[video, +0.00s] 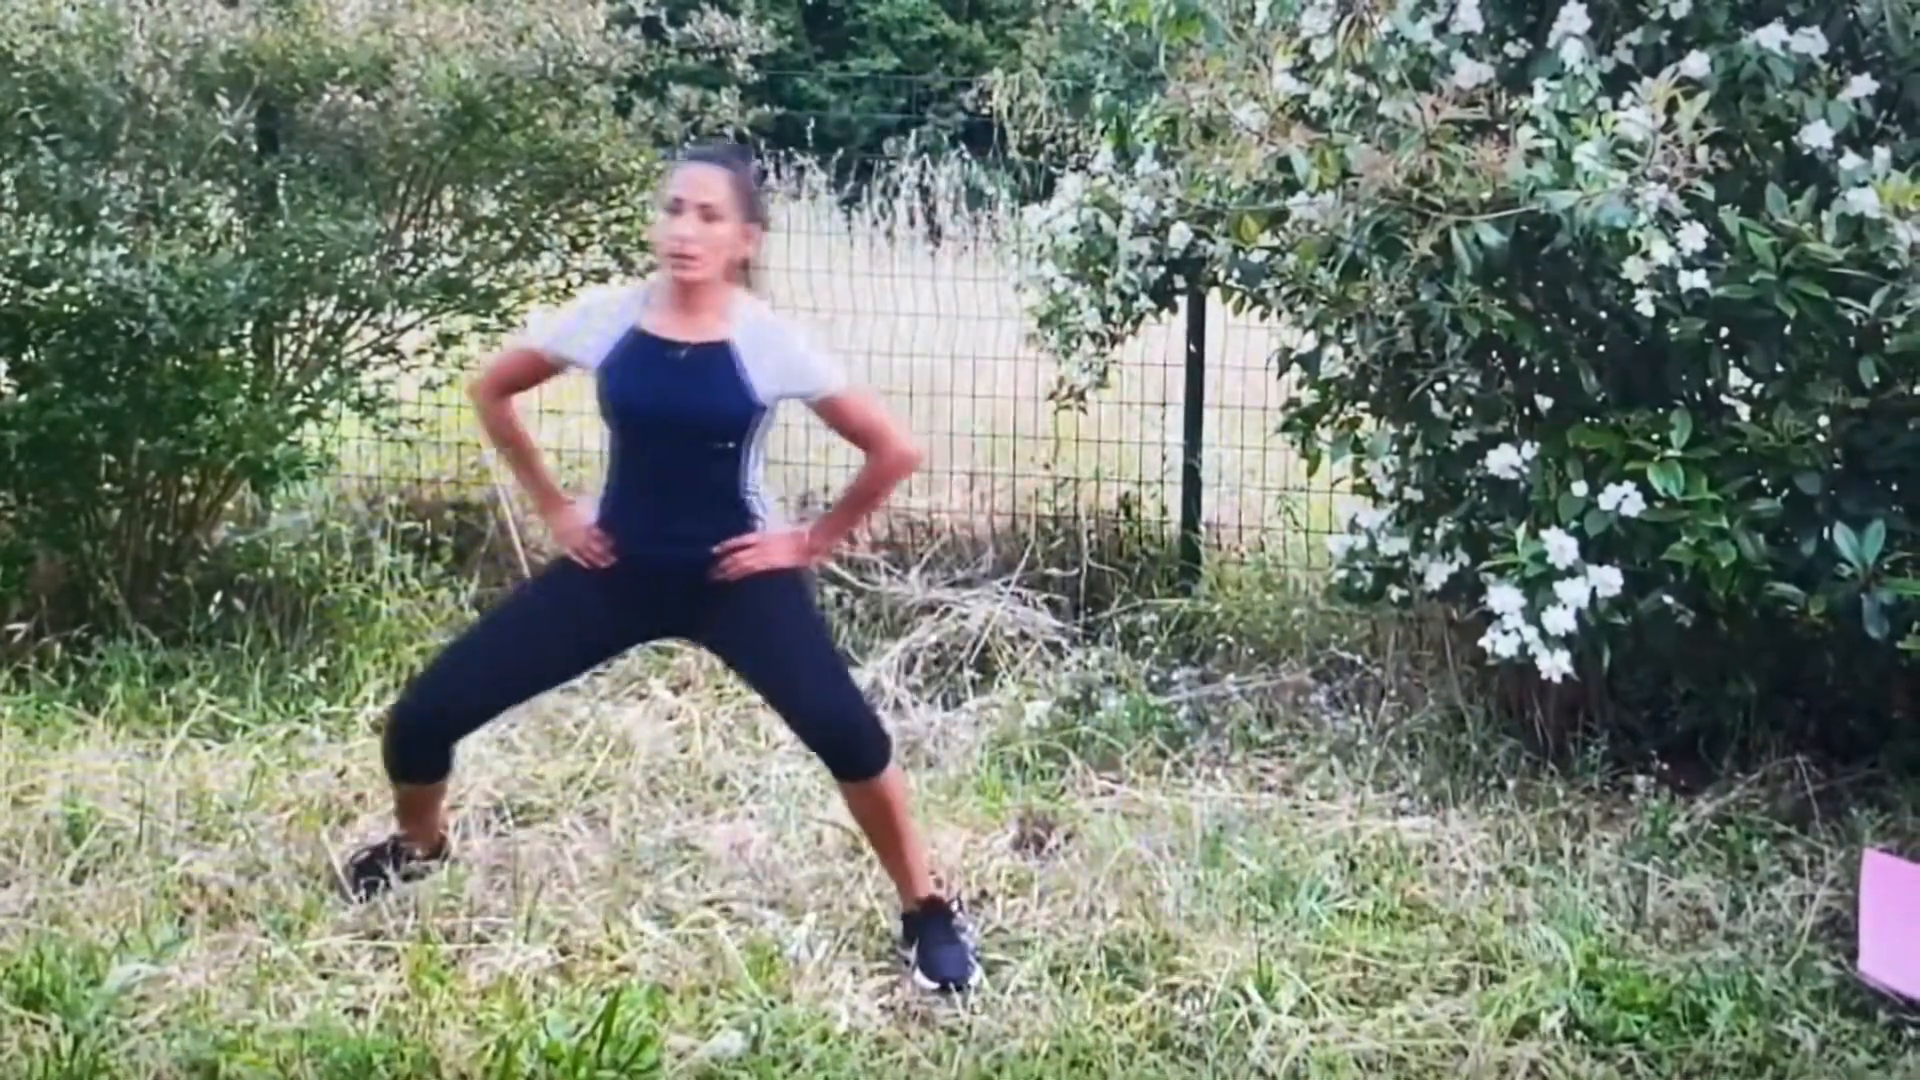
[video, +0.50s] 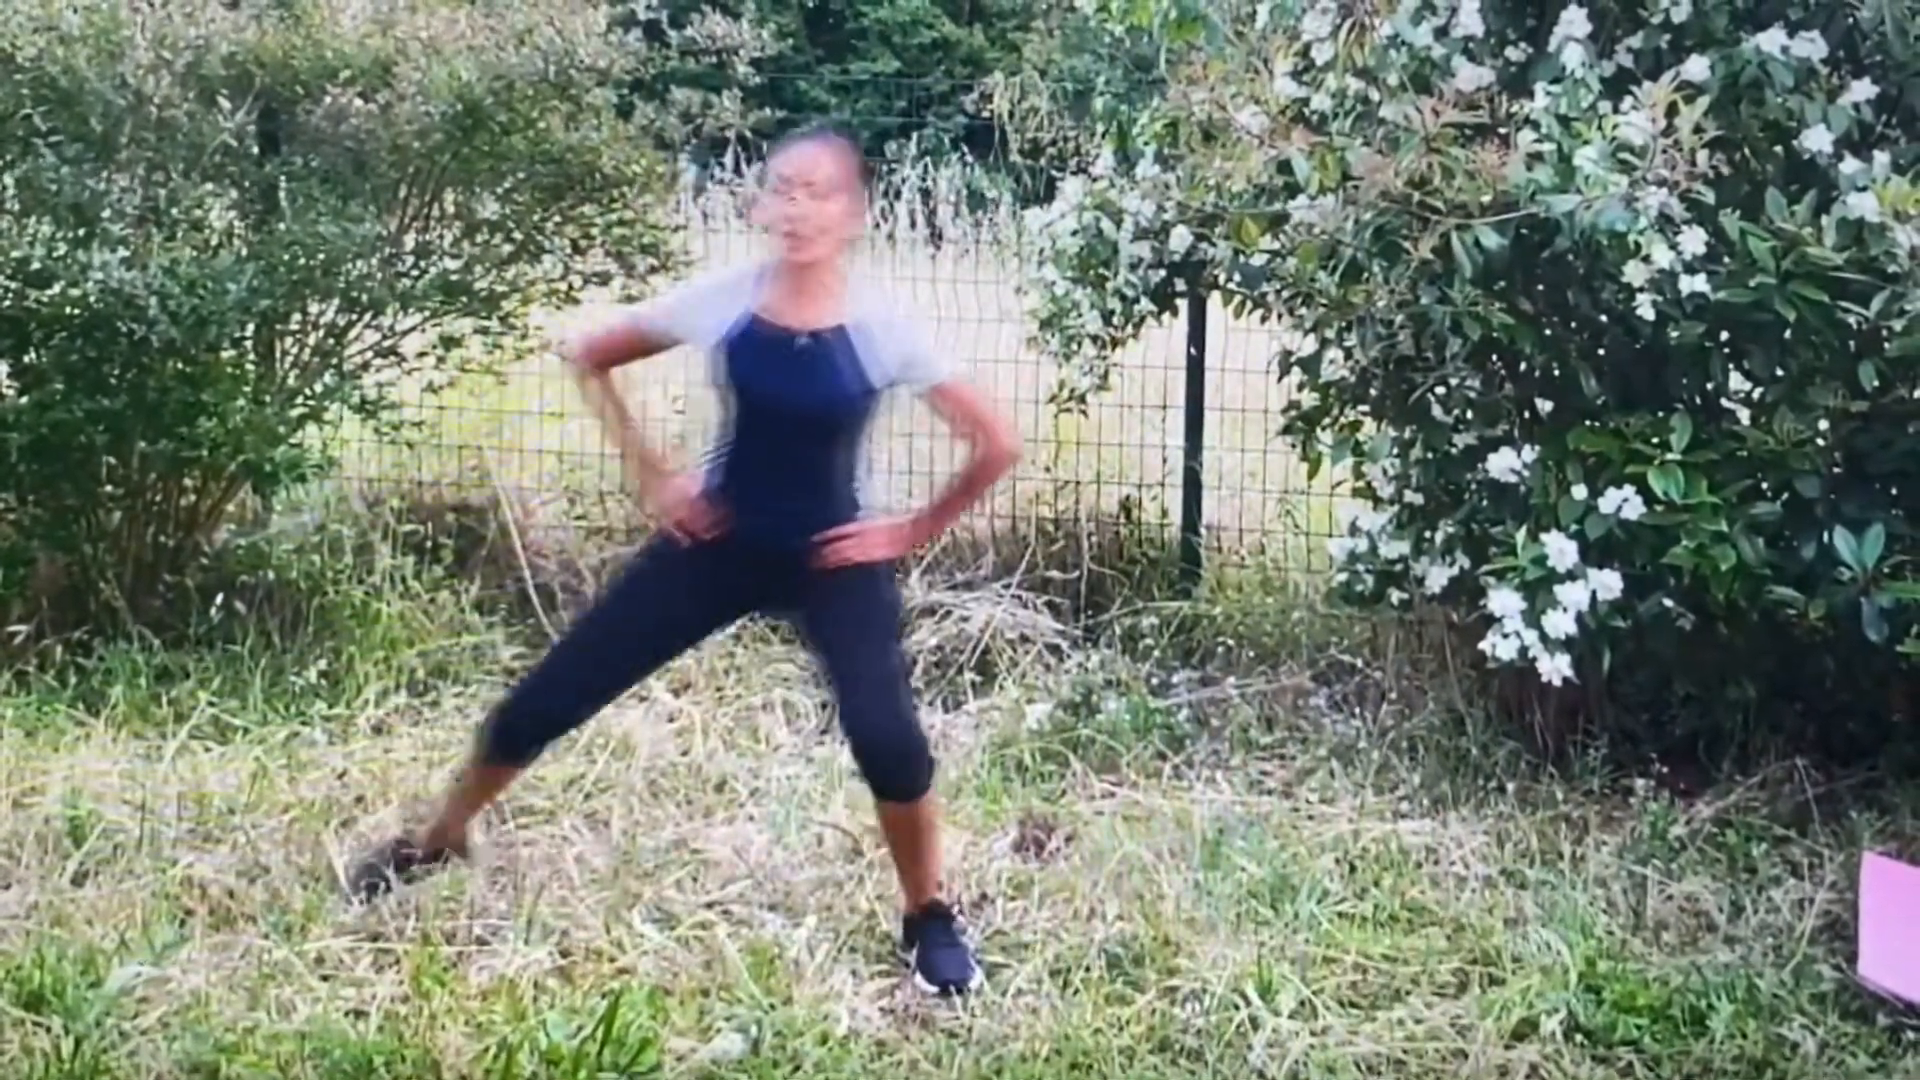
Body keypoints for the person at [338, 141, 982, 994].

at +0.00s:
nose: (683, 230)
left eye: (707, 216)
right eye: (673, 210)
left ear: (747, 241)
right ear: (654, 223)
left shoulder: (770, 342)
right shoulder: (608, 318)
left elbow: (898, 452)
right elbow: (489, 391)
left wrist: (814, 541)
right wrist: (557, 509)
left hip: (740, 584)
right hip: (615, 576)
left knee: (851, 735)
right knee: (417, 723)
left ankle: (924, 907)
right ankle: (418, 848)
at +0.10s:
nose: (665, 230)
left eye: (689, 216)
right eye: (653, 210)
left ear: (728, 241)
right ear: (633, 221)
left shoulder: (754, 340)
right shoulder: (592, 315)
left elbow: (878, 450)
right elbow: (472, 390)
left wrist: (795, 541)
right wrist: (536, 507)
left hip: (726, 585)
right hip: (595, 576)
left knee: (845, 734)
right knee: (407, 726)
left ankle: (924, 909)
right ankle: (418, 852)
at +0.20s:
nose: (662, 231)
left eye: (687, 217)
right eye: (651, 210)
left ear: (725, 240)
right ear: (630, 222)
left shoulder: (752, 338)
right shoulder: (589, 314)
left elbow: (876, 449)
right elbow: (468, 391)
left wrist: (793, 540)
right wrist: (533, 508)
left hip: (725, 583)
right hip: (593, 574)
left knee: (842, 736)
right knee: (405, 725)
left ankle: (924, 910)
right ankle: (416, 853)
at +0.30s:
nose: (685, 237)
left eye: (709, 221)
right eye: (673, 216)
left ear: (743, 242)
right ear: (647, 225)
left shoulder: (768, 346)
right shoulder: (601, 319)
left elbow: (891, 456)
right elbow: (478, 391)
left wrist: (806, 541)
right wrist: (547, 507)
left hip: (737, 585)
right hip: (610, 578)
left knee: (843, 736)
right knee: (423, 725)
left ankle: (923, 911)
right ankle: (417, 853)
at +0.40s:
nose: (730, 231)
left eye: (753, 215)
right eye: (720, 211)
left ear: (790, 235)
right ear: (699, 222)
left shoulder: (818, 348)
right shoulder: (658, 316)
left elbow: (934, 458)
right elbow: (528, 380)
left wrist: (855, 540)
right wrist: (591, 499)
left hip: (781, 578)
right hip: (655, 568)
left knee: (862, 739)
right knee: (472, 728)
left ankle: (925, 913)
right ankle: (417, 853)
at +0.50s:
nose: (796, 209)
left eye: (819, 193)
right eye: (783, 190)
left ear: (857, 215)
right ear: (762, 206)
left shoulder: (881, 328)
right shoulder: (723, 303)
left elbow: (1000, 444)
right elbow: (586, 355)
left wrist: (913, 531)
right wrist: (654, 474)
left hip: (838, 565)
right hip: (717, 550)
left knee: (893, 746)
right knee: (534, 710)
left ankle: (930, 917)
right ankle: (437, 841)